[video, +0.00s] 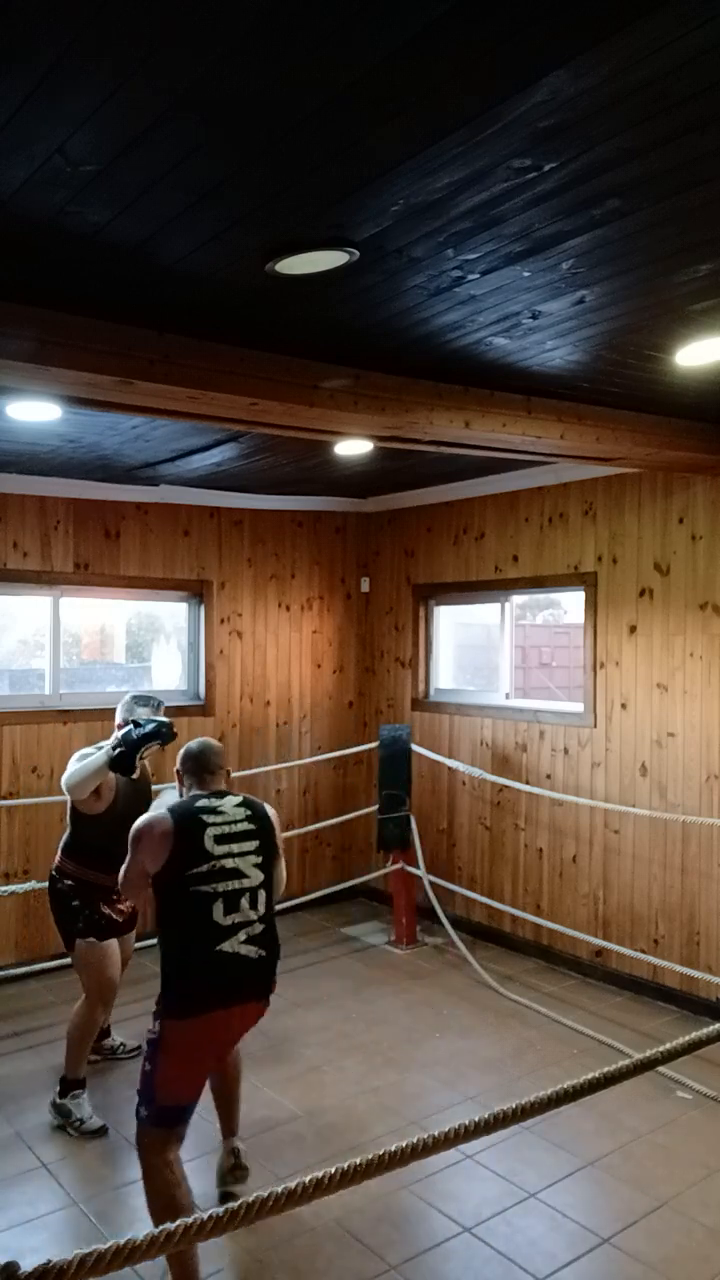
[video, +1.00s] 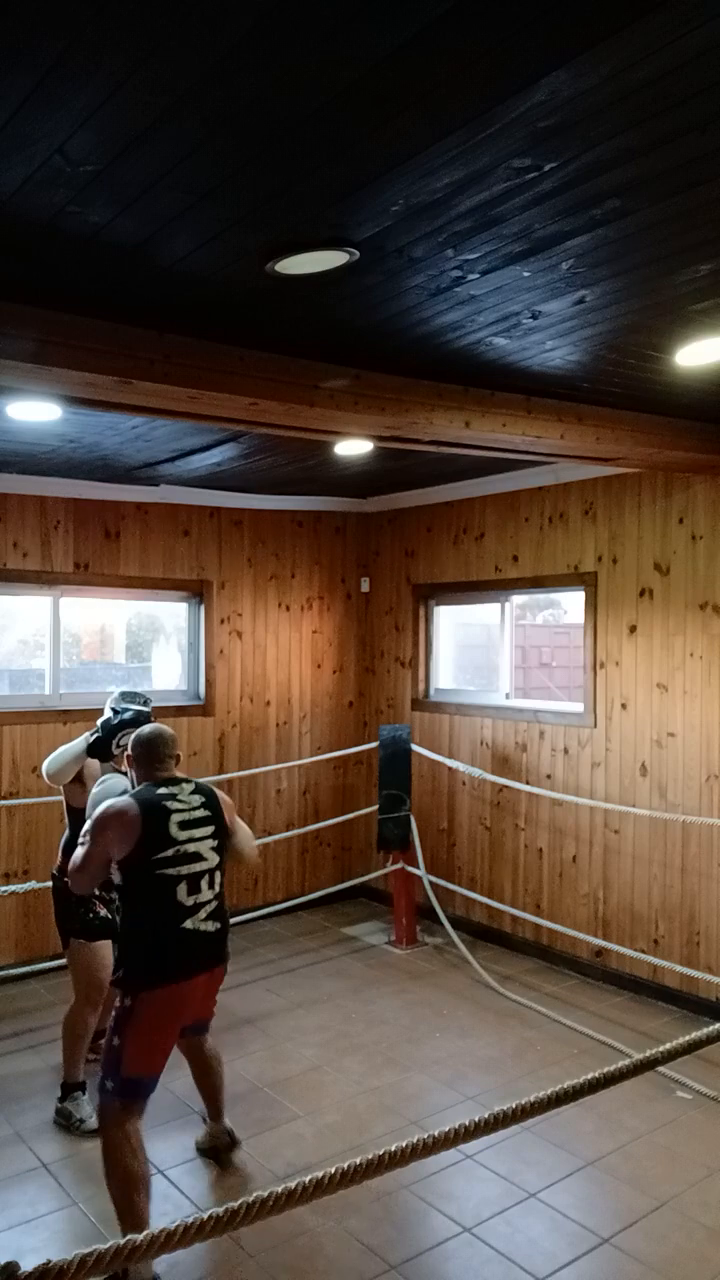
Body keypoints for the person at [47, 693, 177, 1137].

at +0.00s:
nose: (146, 739)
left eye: (152, 731)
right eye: (139, 727)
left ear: (156, 737)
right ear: (120, 725)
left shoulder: (144, 775)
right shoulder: (91, 761)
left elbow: (146, 825)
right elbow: (73, 788)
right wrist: (118, 748)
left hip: (121, 882)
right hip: (77, 884)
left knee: (117, 965)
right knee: (102, 988)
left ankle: (100, 1037)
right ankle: (69, 1094)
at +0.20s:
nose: (143, 734)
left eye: (149, 726)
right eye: (136, 723)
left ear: (154, 731)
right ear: (117, 723)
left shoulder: (150, 770)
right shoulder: (89, 758)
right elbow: (76, 783)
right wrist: (122, 746)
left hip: (127, 880)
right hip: (80, 882)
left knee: (125, 960)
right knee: (95, 992)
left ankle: (99, 1036)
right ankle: (71, 1096)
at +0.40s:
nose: (145, 725)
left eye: (144, 719)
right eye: (143, 718)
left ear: (136, 722)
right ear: (124, 720)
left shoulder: (145, 761)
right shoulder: (84, 758)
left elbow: (167, 796)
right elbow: (44, 768)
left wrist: (147, 750)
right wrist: (83, 729)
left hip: (128, 873)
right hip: (84, 876)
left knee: (121, 961)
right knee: (94, 989)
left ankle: (99, 1036)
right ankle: (70, 1098)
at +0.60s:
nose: (134, 738)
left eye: (139, 730)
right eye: (128, 730)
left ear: (141, 735)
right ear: (111, 731)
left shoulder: (139, 772)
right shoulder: (85, 766)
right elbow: (49, 772)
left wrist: (144, 751)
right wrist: (93, 732)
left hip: (125, 878)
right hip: (79, 881)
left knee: (123, 960)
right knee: (91, 991)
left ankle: (97, 1036)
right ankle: (70, 1097)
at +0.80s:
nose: (136, 749)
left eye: (141, 740)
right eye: (130, 740)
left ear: (143, 744)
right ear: (114, 741)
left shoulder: (141, 776)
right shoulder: (88, 769)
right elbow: (53, 776)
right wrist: (97, 737)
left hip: (120, 879)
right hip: (78, 881)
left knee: (115, 973)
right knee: (92, 989)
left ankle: (97, 1039)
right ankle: (71, 1095)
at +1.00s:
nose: (133, 733)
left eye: (138, 725)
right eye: (126, 724)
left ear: (143, 731)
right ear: (109, 727)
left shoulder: (146, 769)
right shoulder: (86, 763)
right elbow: (51, 773)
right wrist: (95, 733)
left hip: (127, 882)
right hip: (82, 882)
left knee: (115, 981)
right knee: (94, 991)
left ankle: (96, 1049)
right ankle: (72, 1093)